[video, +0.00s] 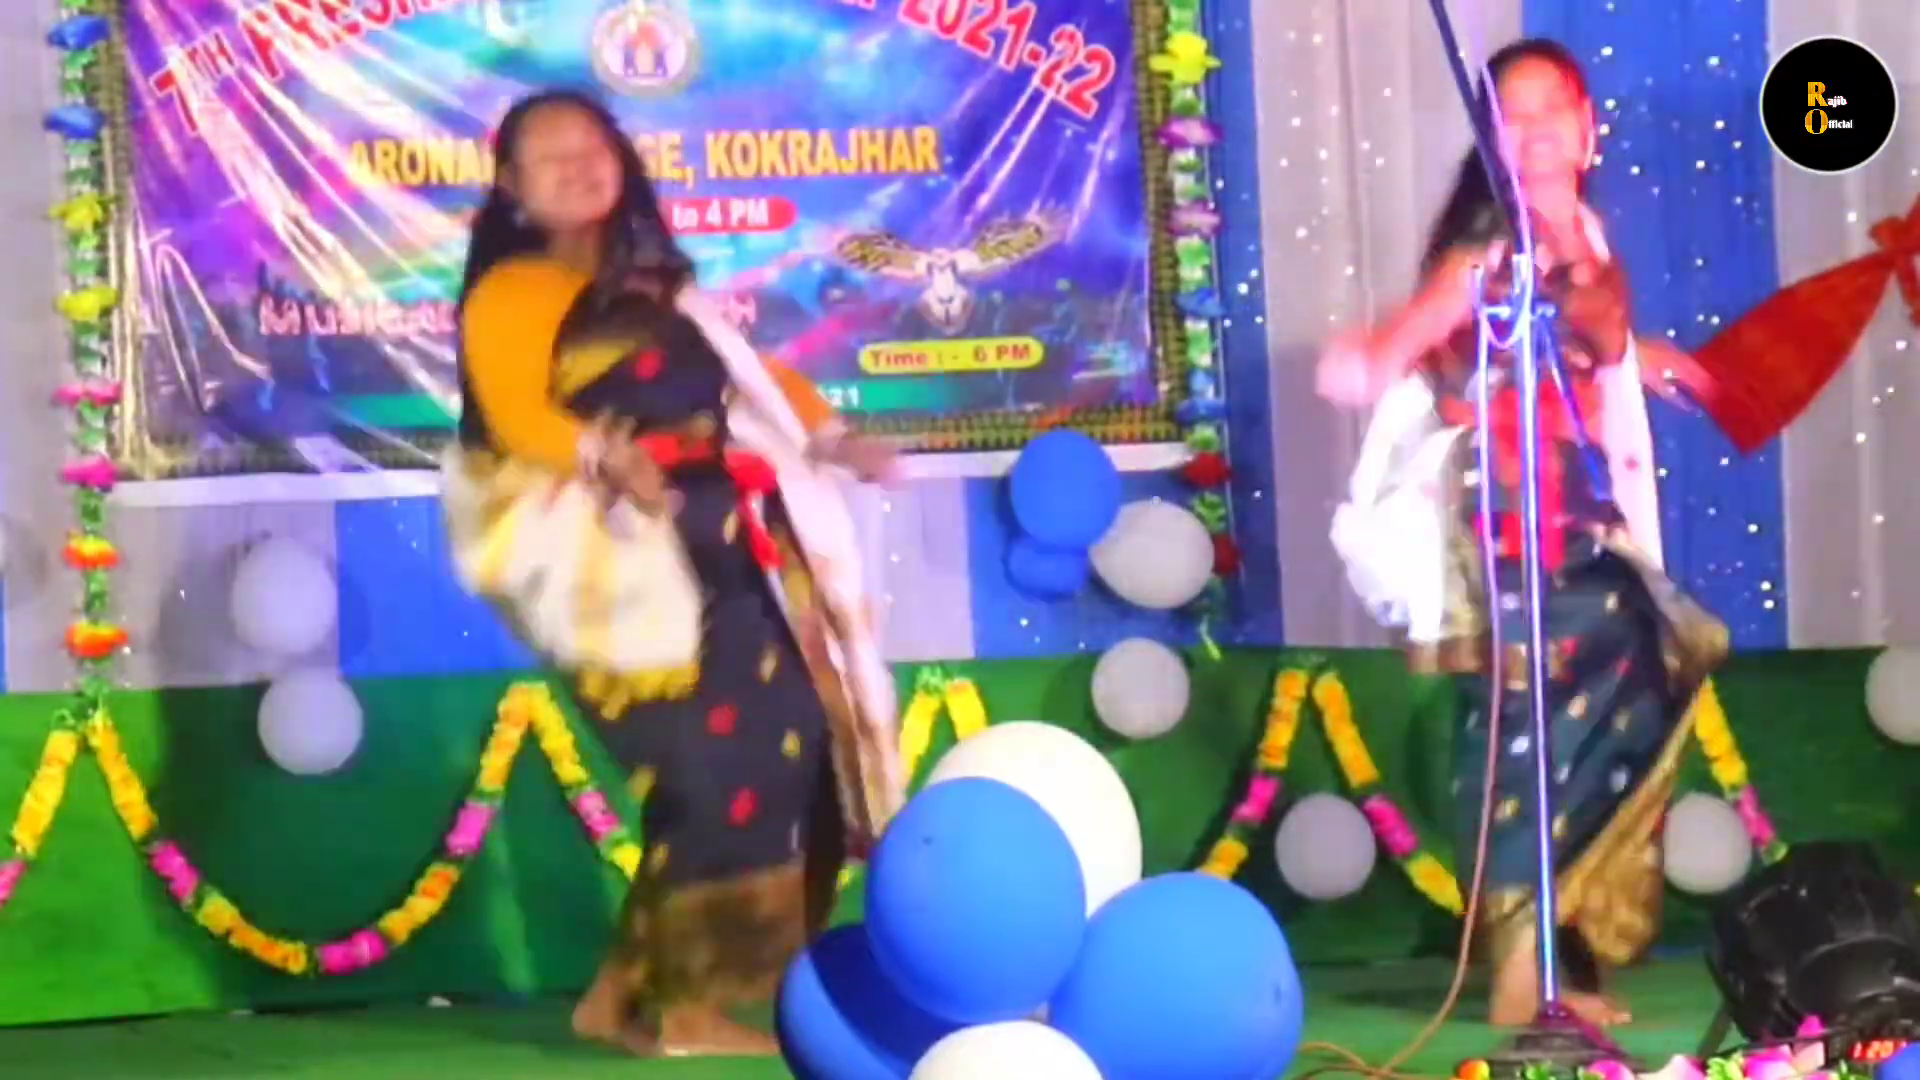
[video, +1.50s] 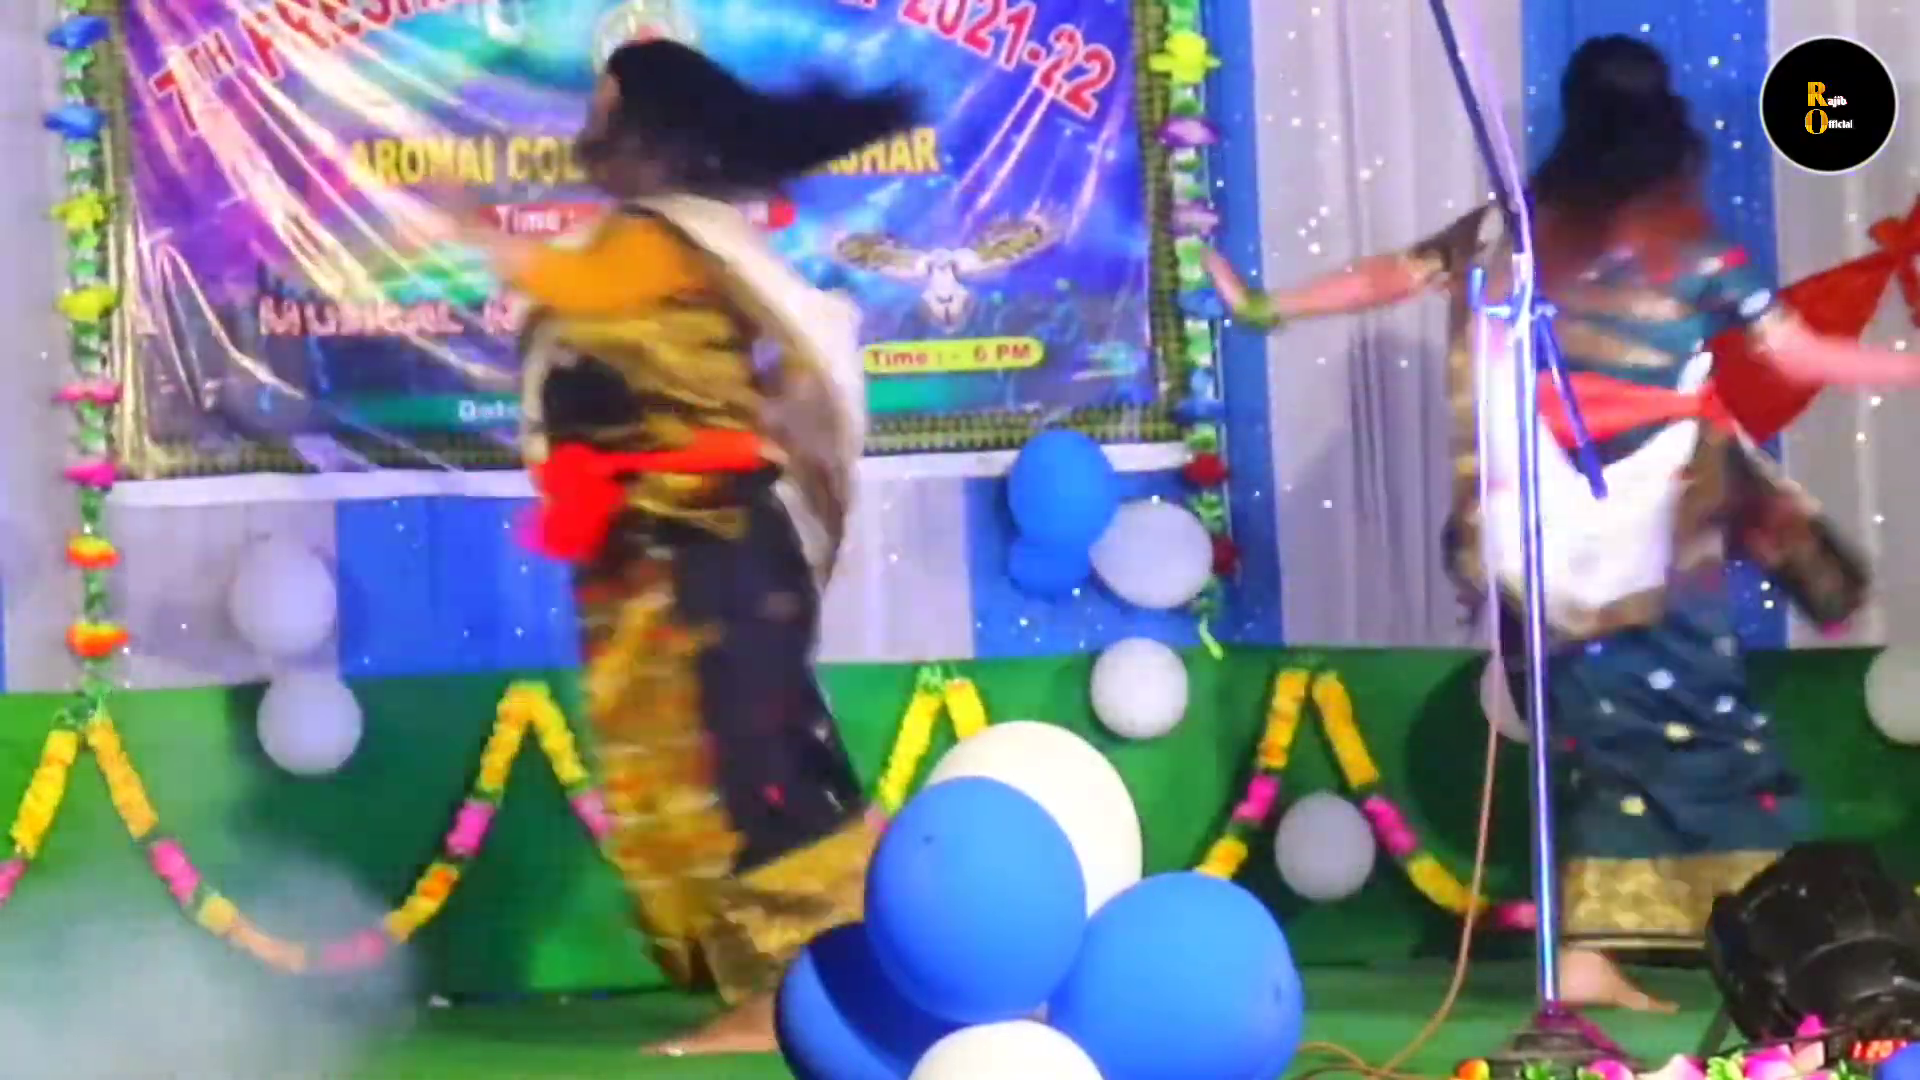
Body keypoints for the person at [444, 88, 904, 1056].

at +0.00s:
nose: (578, 174)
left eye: (592, 154)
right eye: (553, 162)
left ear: (623, 168)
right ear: (513, 186)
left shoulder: (649, 284)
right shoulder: (509, 295)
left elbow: (745, 374)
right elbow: (513, 419)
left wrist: (830, 435)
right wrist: (607, 455)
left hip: (711, 540)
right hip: (615, 553)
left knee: (769, 740)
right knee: (724, 749)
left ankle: (625, 988)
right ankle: (694, 1009)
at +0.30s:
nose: (491, 104)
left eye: (508, 84)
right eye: (485, 86)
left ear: (563, 89)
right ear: (476, 97)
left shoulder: (638, 191)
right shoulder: (459, 215)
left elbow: (642, 234)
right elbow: (368, 289)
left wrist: (534, 182)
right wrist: (456, 193)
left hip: (606, 490)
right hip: (481, 494)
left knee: (633, 721)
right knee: (481, 712)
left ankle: (650, 975)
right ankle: (466, 944)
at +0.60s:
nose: (407, 190)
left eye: (428, 171)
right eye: (404, 172)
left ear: (484, 183)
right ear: (404, 188)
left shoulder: (528, 294)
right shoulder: (402, 321)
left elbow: (546, 414)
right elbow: (316, 418)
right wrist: (225, 488)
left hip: (471, 571)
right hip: (362, 574)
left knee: (544, 786)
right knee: (338, 794)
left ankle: (631, 999)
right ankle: (321, 1033)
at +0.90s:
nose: (523, 125)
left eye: (529, 109)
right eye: (496, 108)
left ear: (546, 136)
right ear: (441, 134)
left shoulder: (598, 236)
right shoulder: (387, 270)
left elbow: (723, 290)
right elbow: (288, 367)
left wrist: (737, 191)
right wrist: (185, 274)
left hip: (572, 558)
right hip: (433, 557)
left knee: (609, 760)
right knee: (390, 770)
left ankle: (562, 1008)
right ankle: (330, 1009)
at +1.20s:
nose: (630, 145)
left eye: (620, 129)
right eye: (622, 130)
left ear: (511, 134)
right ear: (607, 143)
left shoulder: (483, 245)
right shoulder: (629, 250)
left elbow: (388, 208)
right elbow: (729, 348)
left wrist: (362, 176)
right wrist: (841, 299)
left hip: (539, 543)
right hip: (657, 538)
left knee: (579, 765)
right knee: (735, 728)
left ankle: (581, 994)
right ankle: (663, 915)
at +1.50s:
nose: (585, 135)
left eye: (603, 117)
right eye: (592, 114)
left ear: (649, 136)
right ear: (679, 139)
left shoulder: (662, 243)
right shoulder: (655, 240)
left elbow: (569, 286)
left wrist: (473, 227)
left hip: (699, 539)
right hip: (666, 538)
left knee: (694, 769)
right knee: (682, 765)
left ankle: (764, 1002)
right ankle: (754, 997)